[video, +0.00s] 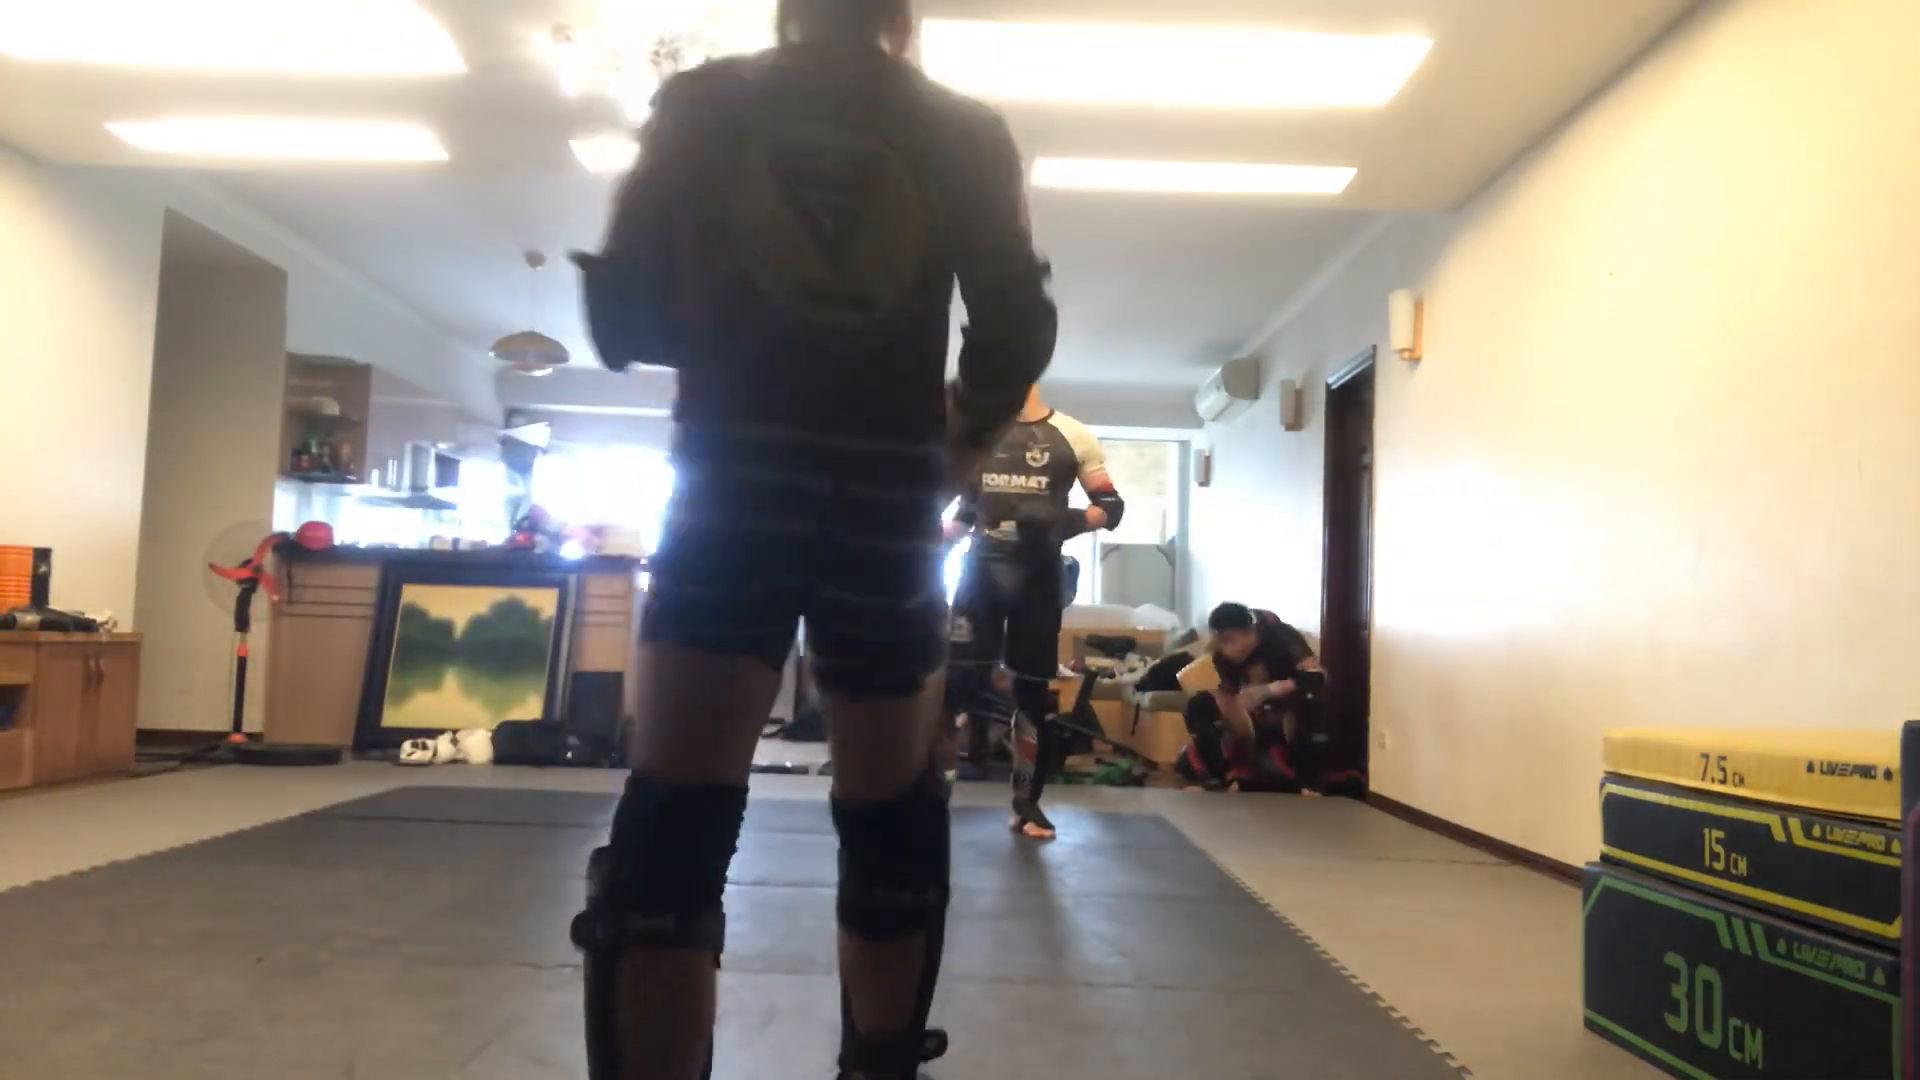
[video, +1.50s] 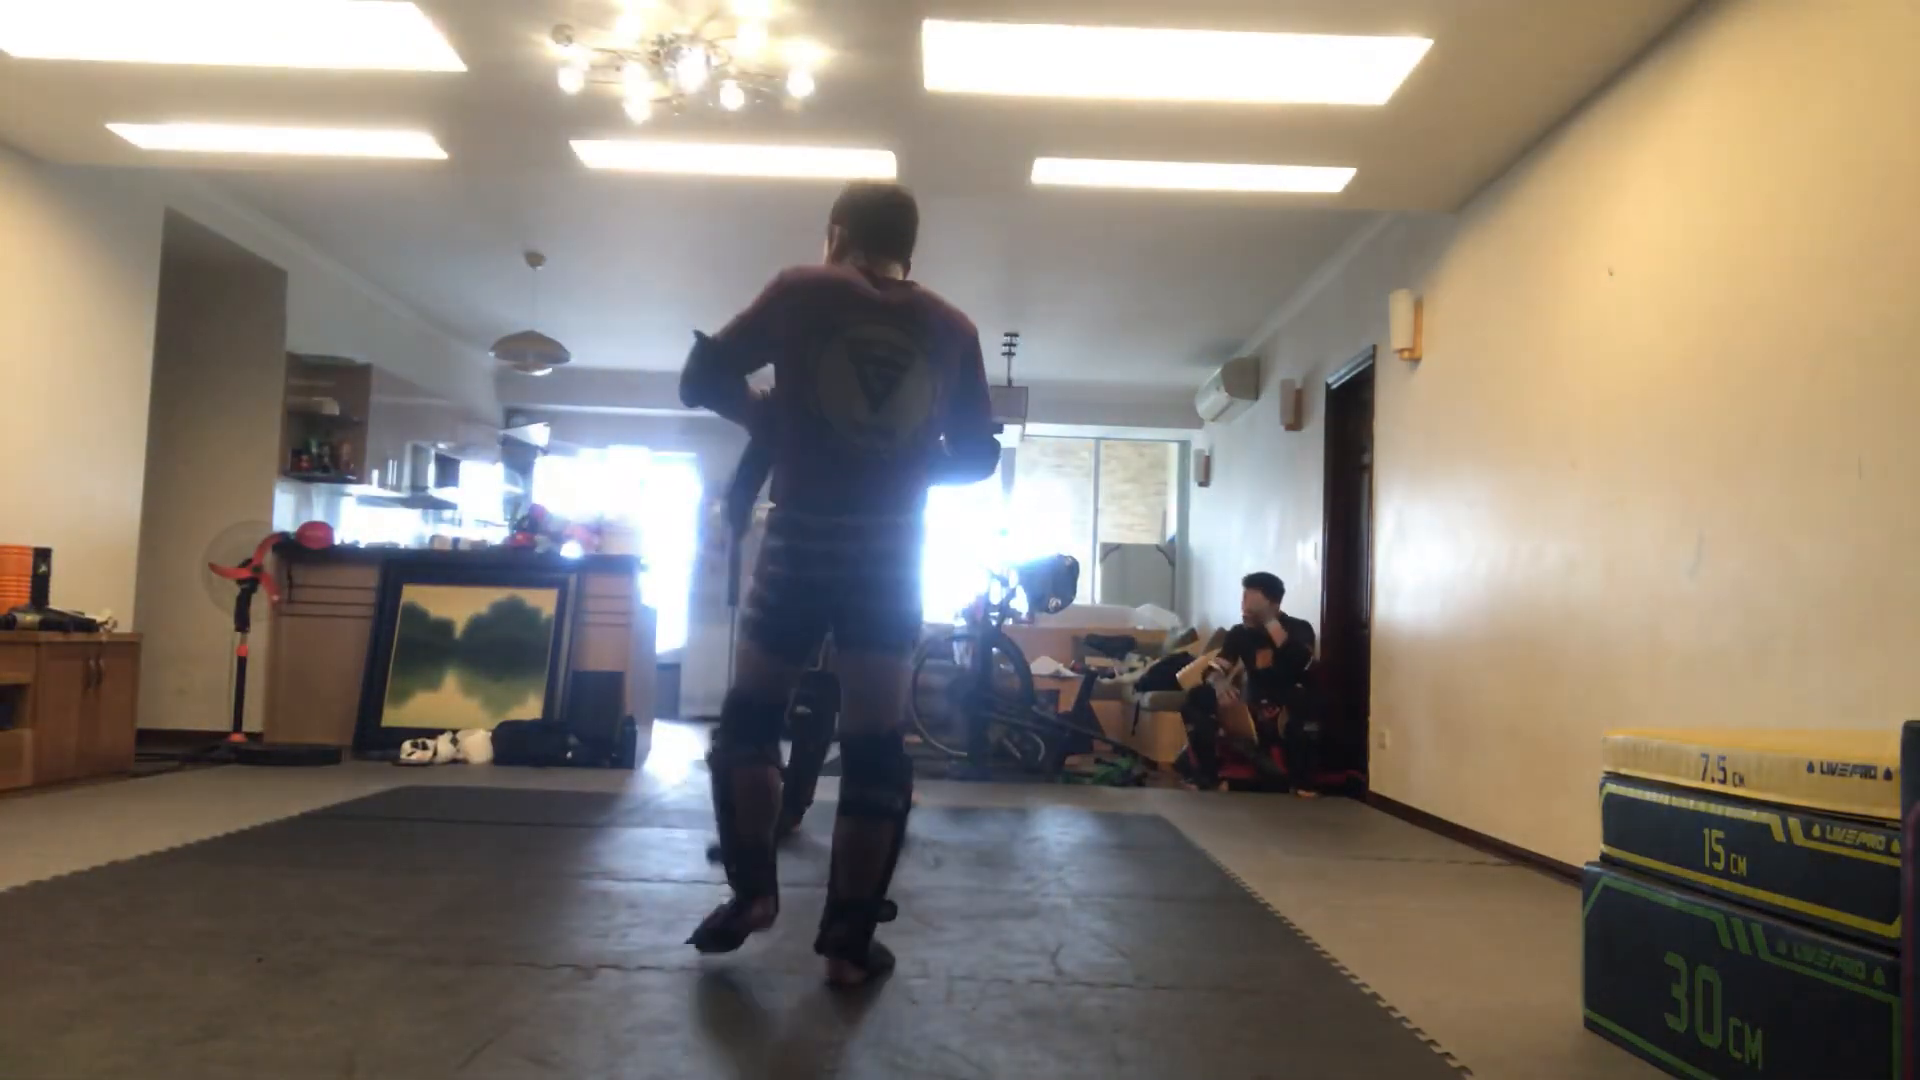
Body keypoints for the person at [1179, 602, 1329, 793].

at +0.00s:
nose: (1225, 649)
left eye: (1231, 641)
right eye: (1221, 642)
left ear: (1250, 634)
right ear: (1217, 640)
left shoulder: (1281, 636)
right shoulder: (1223, 658)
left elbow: (1314, 675)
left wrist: (1267, 692)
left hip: (1287, 704)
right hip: (1249, 710)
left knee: (1311, 704)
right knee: (1199, 704)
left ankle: (1308, 782)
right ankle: (1219, 777)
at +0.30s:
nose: (1251, 612)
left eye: (1259, 605)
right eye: (1248, 605)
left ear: (1278, 607)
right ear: (1244, 606)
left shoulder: (1302, 630)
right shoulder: (1241, 635)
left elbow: (1316, 679)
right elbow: (1228, 681)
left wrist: (1266, 681)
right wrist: (1241, 716)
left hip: (1291, 701)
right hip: (1252, 703)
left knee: (1309, 702)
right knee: (1203, 703)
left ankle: (1307, 780)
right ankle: (1221, 777)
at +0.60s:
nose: (1261, 598)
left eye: (1270, 592)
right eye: (1260, 591)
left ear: (1289, 598)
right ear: (1257, 594)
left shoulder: (1308, 630)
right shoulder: (1252, 628)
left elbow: (1317, 677)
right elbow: (1221, 663)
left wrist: (1264, 674)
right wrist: (1208, 683)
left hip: (1291, 715)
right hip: (1249, 713)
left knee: (1311, 698)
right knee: (1195, 702)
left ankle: (1303, 782)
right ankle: (1218, 779)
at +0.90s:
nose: (1265, 597)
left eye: (1273, 590)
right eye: (1263, 590)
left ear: (1292, 598)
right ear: (1260, 593)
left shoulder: (1311, 630)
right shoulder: (1253, 628)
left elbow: (1320, 670)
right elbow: (1217, 664)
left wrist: (1284, 628)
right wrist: (1214, 662)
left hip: (1293, 715)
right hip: (1251, 714)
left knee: (1309, 701)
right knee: (1201, 695)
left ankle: (1301, 781)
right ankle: (1214, 776)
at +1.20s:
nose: (1256, 600)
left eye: (1263, 593)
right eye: (1256, 593)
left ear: (1285, 599)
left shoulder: (1309, 629)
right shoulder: (1248, 632)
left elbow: (1315, 660)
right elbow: (1222, 668)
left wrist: (1281, 617)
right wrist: (1221, 690)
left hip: (1292, 714)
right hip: (1252, 714)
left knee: (1306, 700)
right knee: (1197, 698)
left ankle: (1300, 782)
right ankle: (1206, 776)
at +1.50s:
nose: (1244, 607)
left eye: (1250, 600)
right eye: (1244, 599)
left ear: (1271, 602)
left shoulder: (1299, 629)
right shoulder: (1239, 634)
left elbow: (1299, 664)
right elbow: (1216, 668)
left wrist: (1270, 621)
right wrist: (1218, 680)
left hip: (1287, 710)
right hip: (1247, 710)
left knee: (1302, 697)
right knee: (1198, 697)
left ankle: (1300, 782)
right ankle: (1207, 778)